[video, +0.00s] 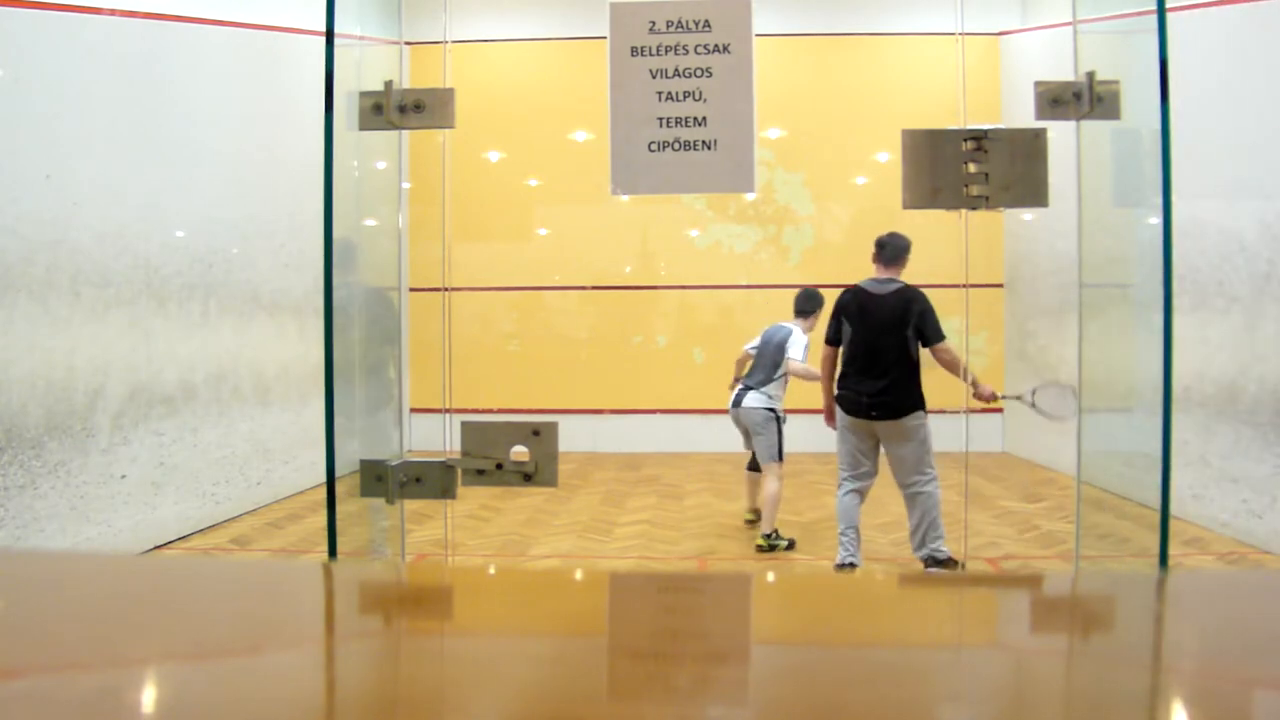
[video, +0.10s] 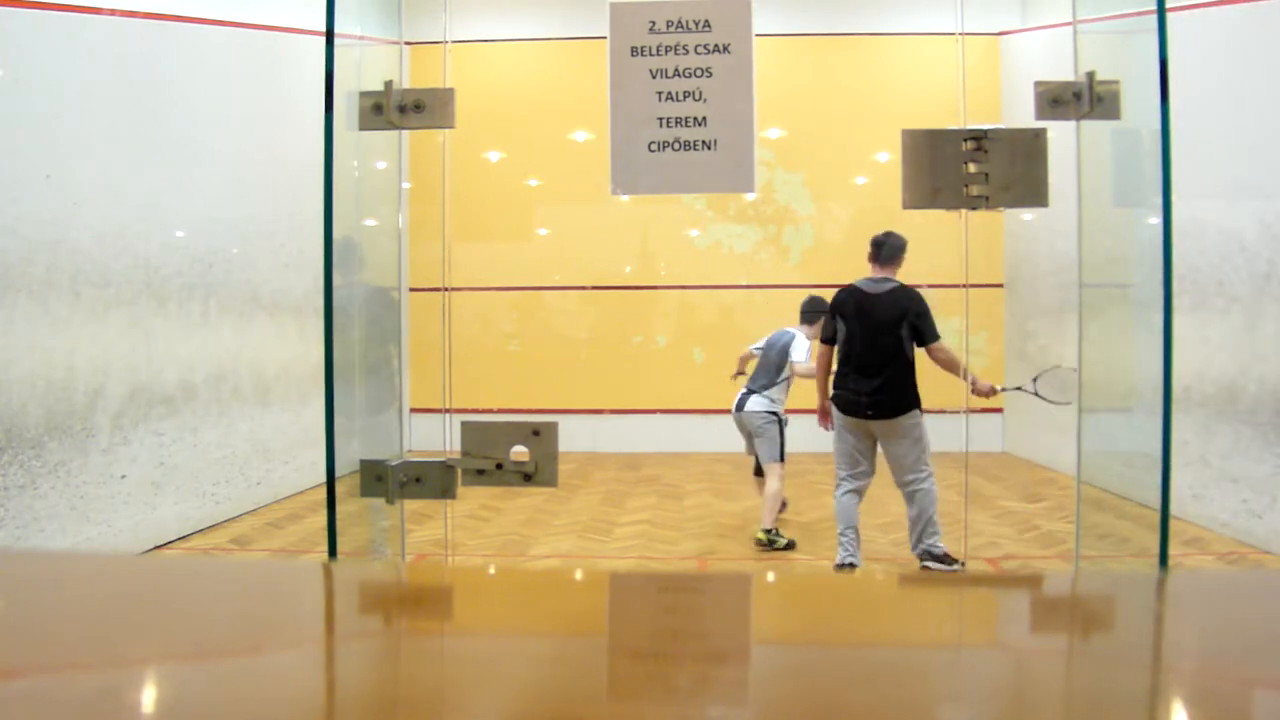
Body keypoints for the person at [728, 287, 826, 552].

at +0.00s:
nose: (817, 321)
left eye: (818, 317)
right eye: (818, 317)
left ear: (794, 311)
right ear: (815, 315)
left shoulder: (772, 330)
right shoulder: (798, 335)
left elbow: (743, 356)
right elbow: (794, 368)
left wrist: (736, 378)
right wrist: (827, 377)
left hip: (740, 403)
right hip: (762, 407)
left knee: (756, 455)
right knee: (772, 472)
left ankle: (752, 509)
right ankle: (768, 534)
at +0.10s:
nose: (826, 328)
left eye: (827, 323)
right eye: (826, 323)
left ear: (802, 317)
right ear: (819, 320)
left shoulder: (778, 334)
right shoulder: (801, 339)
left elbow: (746, 355)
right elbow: (799, 369)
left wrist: (740, 370)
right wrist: (830, 369)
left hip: (743, 406)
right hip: (764, 410)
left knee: (760, 462)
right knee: (774, 473)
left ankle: (772, 501)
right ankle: (767, 529)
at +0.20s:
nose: (826, 334)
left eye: (827, 329)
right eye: (826, 329)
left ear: (804, 321)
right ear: (820, 326)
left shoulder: (780, 337)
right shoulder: (801, 346)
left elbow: (748, 357)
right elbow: (809, 387)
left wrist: (740, 374)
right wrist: (834, 390)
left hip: (747, 407)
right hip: (766, 411)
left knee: (771, 462)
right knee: (775, 470)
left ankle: (773, 508)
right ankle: (766, 523)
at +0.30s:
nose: (827, 329)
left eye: (828, 324)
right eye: (827, 324)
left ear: (804, 318)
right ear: (821, 322)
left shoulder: (777, 334)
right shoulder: (807, 350)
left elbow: (746, 358)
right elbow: (815, 392)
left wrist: (743, 376)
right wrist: (837, 398)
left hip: (748, 404)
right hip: (770, 408)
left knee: (772, 460)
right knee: (776, 467)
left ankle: (774, 505)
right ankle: (763, 518)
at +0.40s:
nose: (824, 323)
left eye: (824, 319)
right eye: (824, 319)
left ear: (800, 315)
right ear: (820, 318)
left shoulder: (775, 331)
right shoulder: (812, 349)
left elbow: (743, 355)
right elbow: (823, 385)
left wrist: (741, 370)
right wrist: (837, 398)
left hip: (749, 402)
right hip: (774, 405)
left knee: (769, 456)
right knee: (775, 466)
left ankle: (773, 505)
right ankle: (762, 512)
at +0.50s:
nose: (820, 315)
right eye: (821, 311)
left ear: (798, 308)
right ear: (819, 312)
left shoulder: (776, 328)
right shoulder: (816, 343)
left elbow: (742, 351)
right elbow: (819, 377)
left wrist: (736, 368)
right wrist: (818, 403)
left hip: (753, 396)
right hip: (779, 400)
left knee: (768, 454)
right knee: (777, 461)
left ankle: (772, 503)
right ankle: (763, 509)